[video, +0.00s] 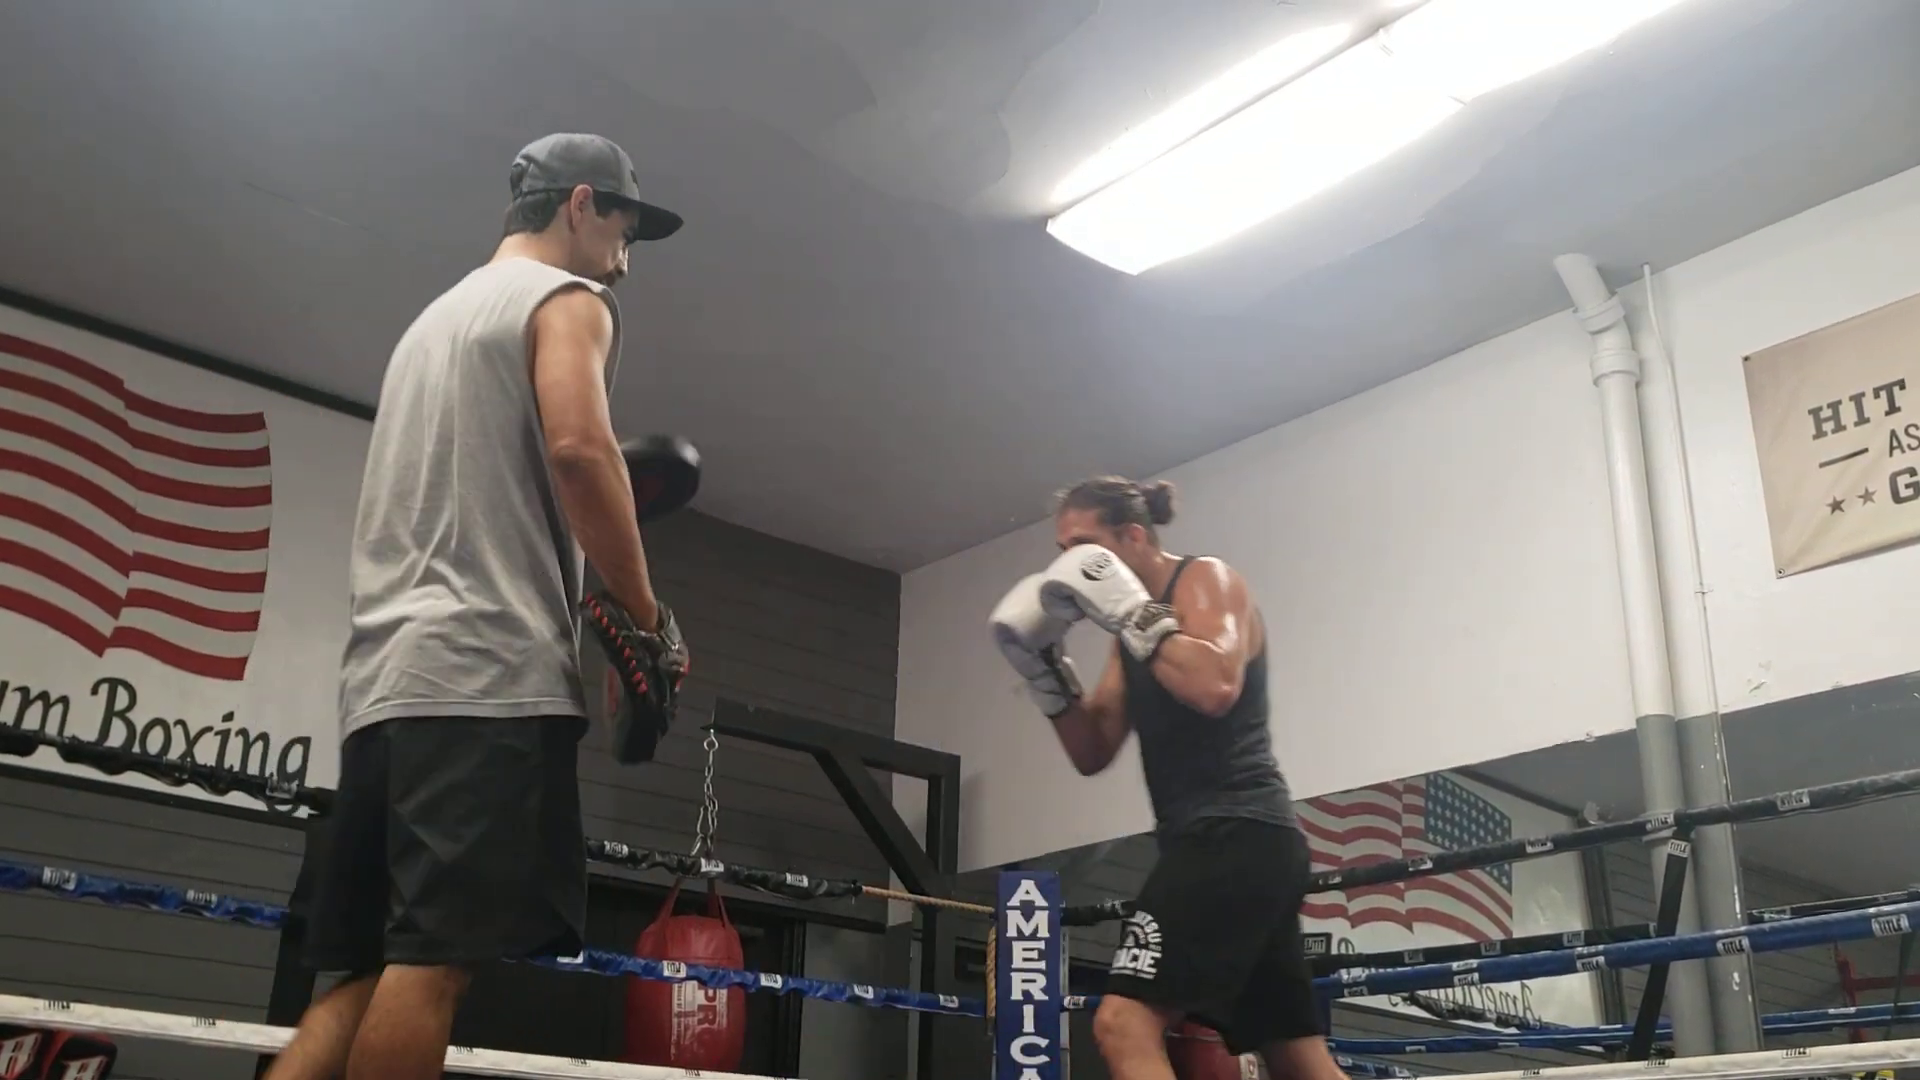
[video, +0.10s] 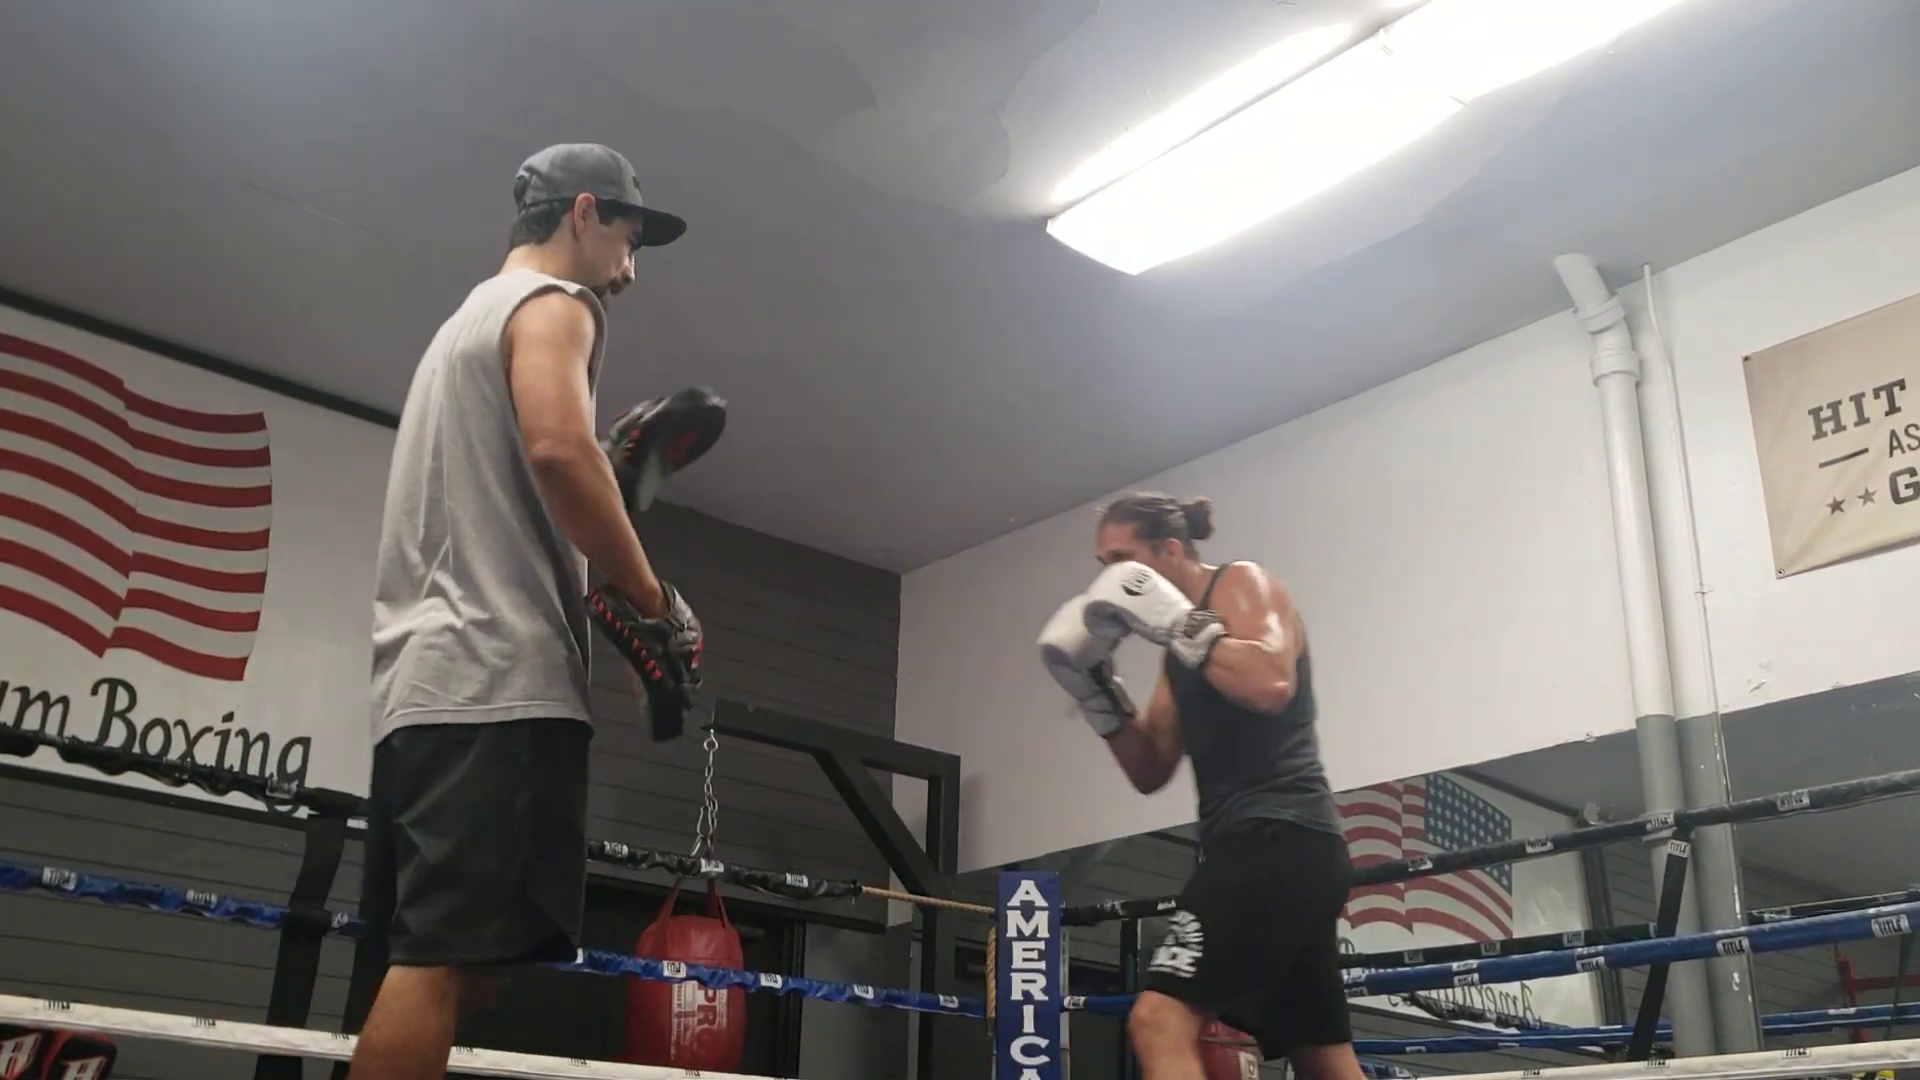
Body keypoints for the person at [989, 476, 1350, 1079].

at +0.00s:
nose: (1076, 567)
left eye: (1084, 547)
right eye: (1069, 553)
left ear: (1133, 537)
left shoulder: (1208, 578)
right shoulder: (1136, 630)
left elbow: (1215, 686)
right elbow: (1092, 751)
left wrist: (1131, 610)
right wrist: (1043, 668)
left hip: (1235, 839)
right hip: (1213, 841)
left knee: (1124, 1024)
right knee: (1300, 1057)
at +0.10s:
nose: (1115, 580)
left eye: (1123, 561)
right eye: (1108, 567)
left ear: (1170, 550)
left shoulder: (1241, 580)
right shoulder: (1183, 649)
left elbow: (1271, 686)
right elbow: (1150, 770)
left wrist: (1173, 618)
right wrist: (1095, 685)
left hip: (1275, 838)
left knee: (1160, 1021)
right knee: (1326, 1056)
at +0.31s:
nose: (1167, 573)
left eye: (1177, 551)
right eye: (1161, 558)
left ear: (1231, 544)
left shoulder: (1290, 569)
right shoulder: (1239, 653)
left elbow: (1343, 657)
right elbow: (1202, 765)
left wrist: (1240, 604)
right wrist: (1148, 680)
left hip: (1328, 816)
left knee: (1225, 993)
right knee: (1348, 1058)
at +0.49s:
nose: (1194, 552)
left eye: (1207, 536)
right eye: (1191, 540)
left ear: (1259, 534)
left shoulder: (1323, 569)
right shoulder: (1260, 640)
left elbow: (1329, 653)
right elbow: (1174, 727)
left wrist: (1217, 603)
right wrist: (1133, 645)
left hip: (1360, 822)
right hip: (1323, 833)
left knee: (1271, 1008)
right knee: (1329, 1050)